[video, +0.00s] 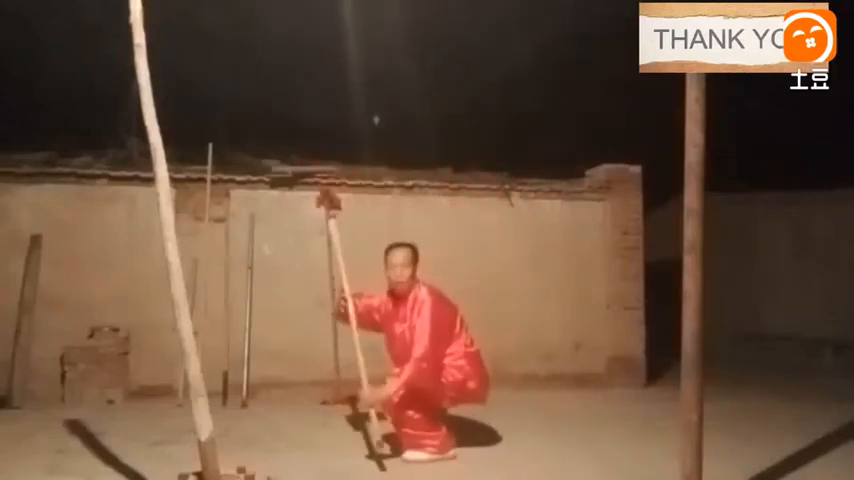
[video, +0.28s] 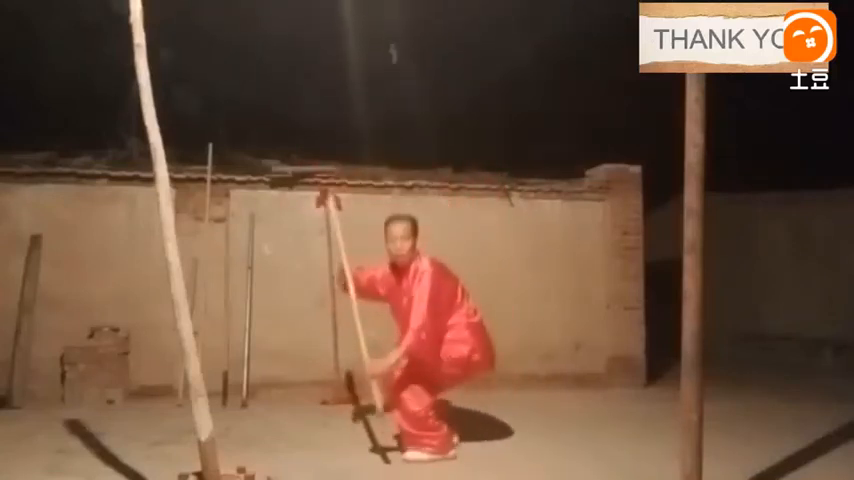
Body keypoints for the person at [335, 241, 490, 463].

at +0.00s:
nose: (398, 273)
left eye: (404, 266)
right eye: (392, 267)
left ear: (415, 269)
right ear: (385, 271)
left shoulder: (427, 300)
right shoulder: (389, 305)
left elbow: (423, 358)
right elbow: (360, 310)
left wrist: (387, 392)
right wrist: (345, 307)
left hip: (461, 376)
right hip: (431, 373)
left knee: (404, 387)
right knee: (390, 387)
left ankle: (434, 443)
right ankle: (416, 440)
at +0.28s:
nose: (398, 247)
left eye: (404, 239)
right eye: (392, 240)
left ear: (415, 241)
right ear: (386, 244)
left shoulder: (427, 272)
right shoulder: (392, 276)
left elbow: (421, 327)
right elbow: (360, 282)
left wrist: (388, 362)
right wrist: (345, 278)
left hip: (463, 348)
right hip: (437, 346)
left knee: (407, 384)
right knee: (397, 376)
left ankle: (436, 442)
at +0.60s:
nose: (421, 218)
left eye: (426, 210)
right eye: (414, 212)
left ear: (435, 212)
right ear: (405, 215)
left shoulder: (445, 243)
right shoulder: (401, 245)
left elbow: (443, 298)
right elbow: (365, 246)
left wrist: (411, 336)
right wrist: (339, 232)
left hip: (485, 316)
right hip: (452, 319)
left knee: (454, 359)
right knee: (425, 365)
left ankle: (459, 439)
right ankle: (431, 431)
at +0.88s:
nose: (513, 195)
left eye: (517, 188)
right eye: (505, 188)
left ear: (523, 193)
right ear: (488, 193)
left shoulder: (534, 231)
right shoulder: (473, 232)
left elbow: (572, 259)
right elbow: (429, 260)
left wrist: (541, 277)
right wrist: (417, 273)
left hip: (532, 331)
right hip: (480, 331)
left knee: (571, 379)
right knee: (447, 383)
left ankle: (612, 452)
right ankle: (428, 430)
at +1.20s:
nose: (548, 201)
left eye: (552, 194)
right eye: (540, 194)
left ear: (555, 197)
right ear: (519, 199)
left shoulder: (553, 228)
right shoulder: (518, 235)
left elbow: (587, 218)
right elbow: (563, 269)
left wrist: (608, 206)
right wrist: (616, 260)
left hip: (543, 335)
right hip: (499, 337)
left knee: (584, 375)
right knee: (459, 393)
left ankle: (615, 459)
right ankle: (406, 435)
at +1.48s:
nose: (547, 209)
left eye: (550, 202)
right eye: (540, 202)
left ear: (554, 204)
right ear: (520, 206)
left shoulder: (535, 233)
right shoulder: (519, 238)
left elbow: (573, 212)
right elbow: (577, 221)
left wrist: (592, 185)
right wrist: (628, 176)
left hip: (528, 343)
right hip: (496, 343)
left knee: (577, 378)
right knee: (456, 396)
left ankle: (615, 457)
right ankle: (395, 435)